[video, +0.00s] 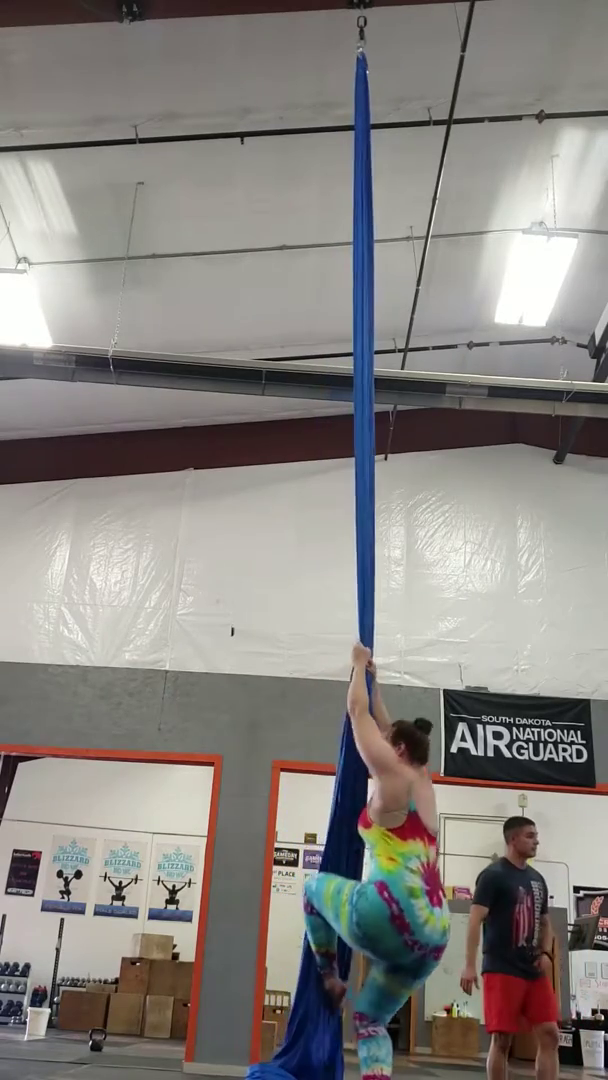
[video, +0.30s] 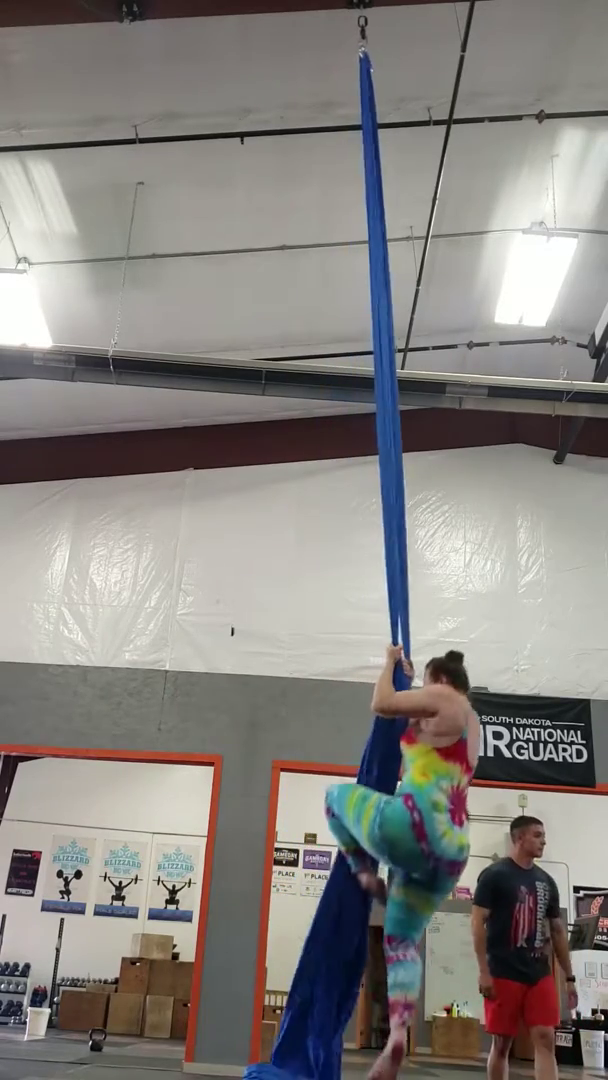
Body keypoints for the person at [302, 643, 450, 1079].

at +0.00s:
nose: (377, 746)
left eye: (382, 740)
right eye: (379, 740)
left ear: (397, 746)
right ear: (417, 752)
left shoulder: (393, 772)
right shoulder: (424, 784)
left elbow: (357, 711)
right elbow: (385, 732)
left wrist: (358, 664)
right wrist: (373, 684)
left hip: (385, 915)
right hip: (429, 942)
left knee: (312, 888)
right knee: (369, 1019)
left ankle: (330, 978)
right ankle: (377, 1076)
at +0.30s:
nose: (424, 687)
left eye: (427, 681)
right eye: (425, 682)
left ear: (437, 678)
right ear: (461, 682)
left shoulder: (441, 698)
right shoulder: (473, 719)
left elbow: (383, 703)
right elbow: (424, 735)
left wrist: (389, 663)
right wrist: (407, 688)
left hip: (411, 827)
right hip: (451, 851)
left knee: (335, 796)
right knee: (400, 938)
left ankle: (367, 876)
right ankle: (399, 1032)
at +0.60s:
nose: (443, 674)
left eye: (445, 669)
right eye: (442, 670)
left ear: (457, 665)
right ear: (478, 666)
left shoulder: (464, 677)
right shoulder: (498, 706)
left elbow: (408, 702)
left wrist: (411, 662)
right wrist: (438, 678)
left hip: (430, 807)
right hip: (460, 850)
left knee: (365, 741)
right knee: (388, 854)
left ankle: (367, 818)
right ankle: (374, 901)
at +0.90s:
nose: (440, 684)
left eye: (443, 677)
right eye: (440, 679)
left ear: (457, 671)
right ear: (477, 673)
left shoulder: (464, 684)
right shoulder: (493, 712)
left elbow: (407, 703)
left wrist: (410, 664)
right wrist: (435, 682)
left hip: (427, 808)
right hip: (451, 846)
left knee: (371, 719)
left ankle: (341, 798)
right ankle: (354, 836)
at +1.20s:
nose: (421, 688)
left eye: (425, 682)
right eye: (421, 683)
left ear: (440, 678)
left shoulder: (444, 694)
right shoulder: (474, 719)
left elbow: (383, 709)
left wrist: (390, 669)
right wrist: (413, 687)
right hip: (420, 846)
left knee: (325, 737)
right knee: (384, 763)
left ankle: (323, 813)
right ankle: (336, 807)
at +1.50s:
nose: (387, 688)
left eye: (389, 682)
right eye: (387, 683)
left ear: (406, 681)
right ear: (413, 685)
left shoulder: (403, 703)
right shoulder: (423, 720)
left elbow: (340, 714)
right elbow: (358, 743)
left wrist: (346, 676)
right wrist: (357, 693)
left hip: (362, 826)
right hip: (381, 851)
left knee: (272, 775)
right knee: (309, 773)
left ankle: (299, 852)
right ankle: (293, 847)